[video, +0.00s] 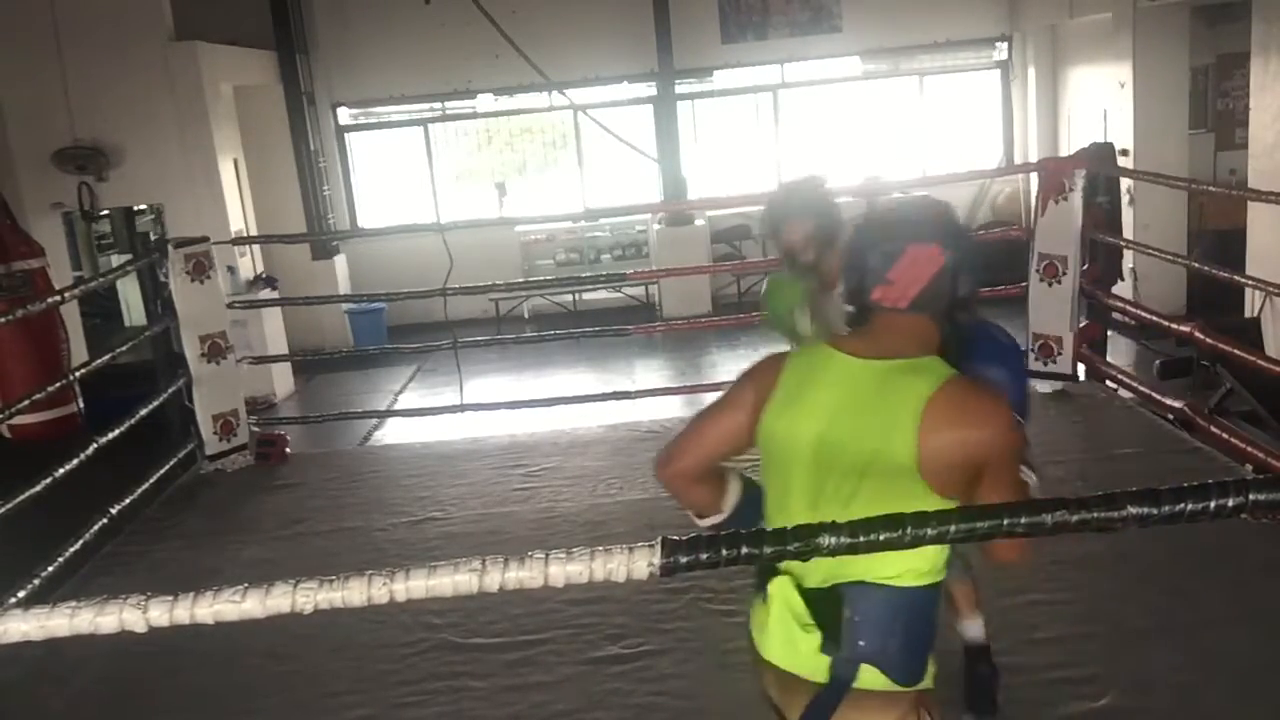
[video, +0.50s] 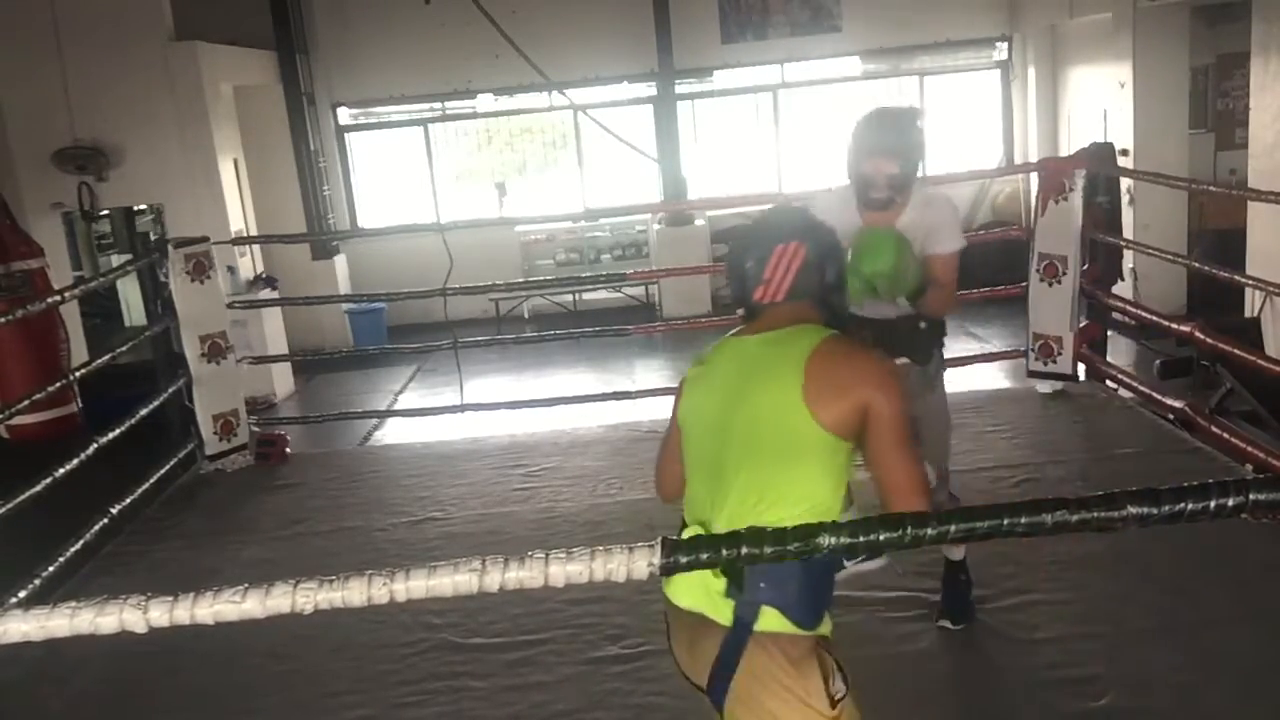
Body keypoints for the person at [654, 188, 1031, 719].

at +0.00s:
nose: (967, 297)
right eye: (963, 282)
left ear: (857, 281)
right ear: (952, 289)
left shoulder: (780, 376)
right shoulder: (973, 413)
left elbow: (679, 467)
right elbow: (1009, 547)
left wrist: (755, 520)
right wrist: (1017, 475)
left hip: (777, 646)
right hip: (875, 671)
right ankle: (980, 650)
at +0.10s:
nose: (948, 282)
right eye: (940, 268)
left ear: (832, 272)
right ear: (926, 280)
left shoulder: (756, 369)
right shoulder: (957, 399)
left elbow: (661, 465)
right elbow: (1000, 519)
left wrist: (737, 487)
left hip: (758, 646)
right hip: (860, 669)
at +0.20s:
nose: (921, 275)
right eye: (915, 262)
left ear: (809, 270)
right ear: (904, 273)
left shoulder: (744, 365)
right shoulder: (940, 388)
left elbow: (655, 465)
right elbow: (989, 503)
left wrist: (732, 453)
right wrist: (973, 420)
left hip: (746, 646)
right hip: (848, 668)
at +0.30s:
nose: (896, 279)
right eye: (889, 266)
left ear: (787, 272)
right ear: (879, 273)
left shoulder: (729, 369)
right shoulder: (913, 386)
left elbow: (655, 467)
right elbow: (969, 499)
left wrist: (744, 413)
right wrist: (947, 388)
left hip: (728, 650)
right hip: (827, 672)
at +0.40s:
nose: (864, 278)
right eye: (857, 264)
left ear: (763, 282)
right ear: (849, 276)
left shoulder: (717, 368)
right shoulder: (876, 378)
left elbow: (666, 472)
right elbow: (937, 508)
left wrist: (748, 434)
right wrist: (908, 423)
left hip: (699, 630)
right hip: (790, 649)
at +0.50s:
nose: (843, 283)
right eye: (837, 270)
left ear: (747, 282)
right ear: (828, 276)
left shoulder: (710, 364)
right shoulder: (861, 368)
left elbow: (670, 483)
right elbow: (910, 513)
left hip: (689, 624)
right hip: (772, 641)